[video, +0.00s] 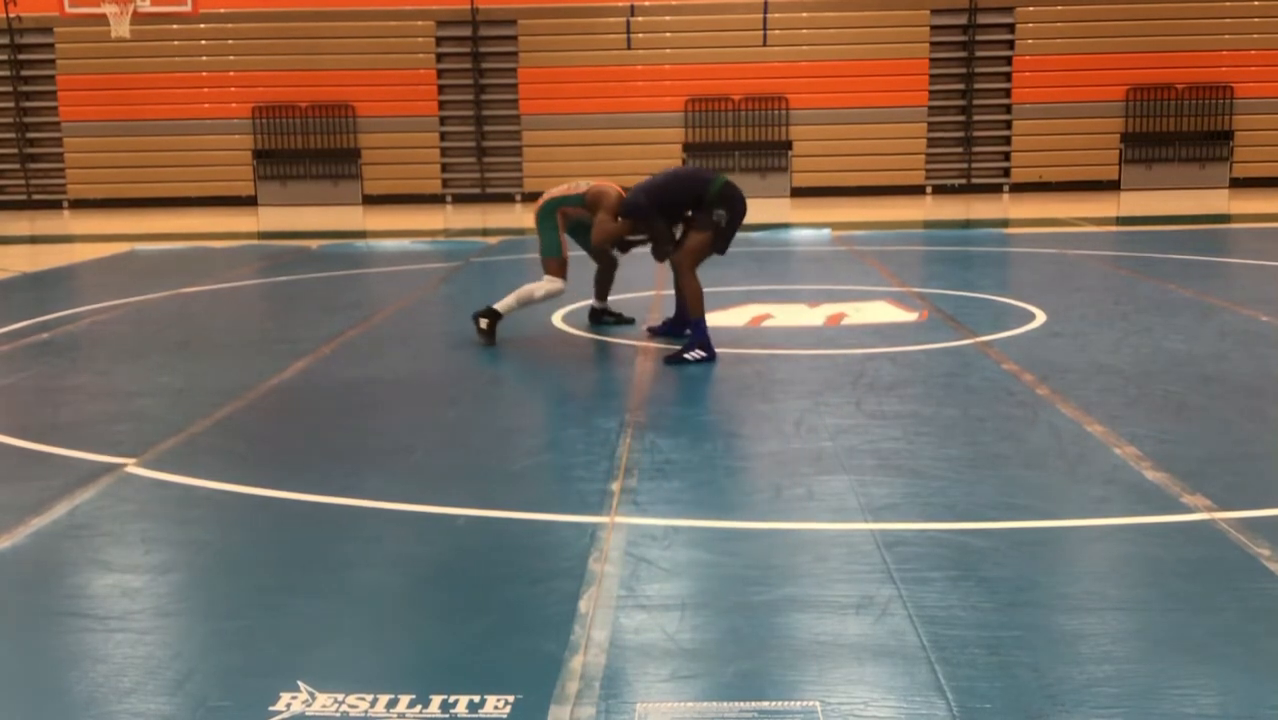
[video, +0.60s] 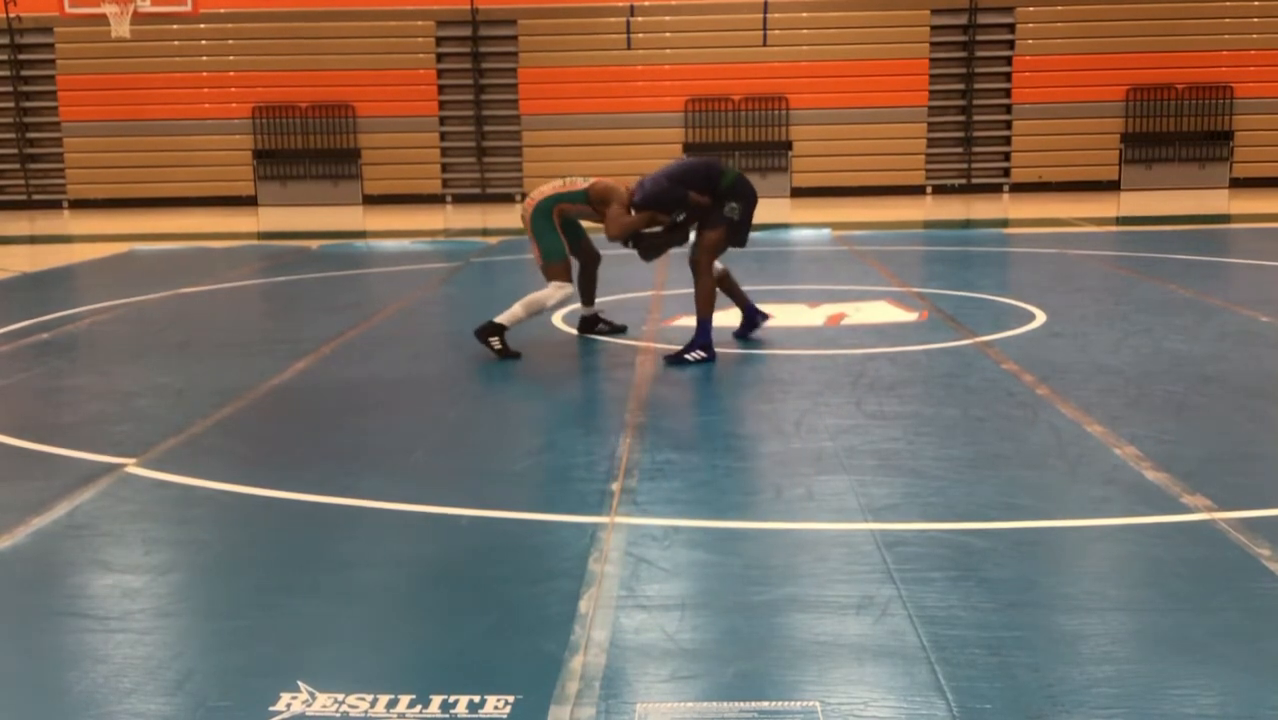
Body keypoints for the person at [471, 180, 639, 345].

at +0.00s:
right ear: (640, 214)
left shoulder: (623, 204)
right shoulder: (611, 198)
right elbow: (598, 241)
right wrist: (633, 225)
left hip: (574, 215)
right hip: (551, 209)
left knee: (608, 264)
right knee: (554, 284)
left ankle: (599, 310)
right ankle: (490, 315)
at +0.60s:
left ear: (640, 192)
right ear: (643, 200)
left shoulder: (625, 200)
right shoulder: (619, 196)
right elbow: (615, 232)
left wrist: (670, 233)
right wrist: (650, 217)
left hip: (559, 213)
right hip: (541, 211)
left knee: (591, 258)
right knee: (562, 288)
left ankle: (589, 319)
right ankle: (494, 328)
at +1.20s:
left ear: (660, 178)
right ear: (665, 183)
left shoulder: (641, 185)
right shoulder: (641, 181)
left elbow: (633, 219)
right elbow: (632, 218)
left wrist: (666, 212)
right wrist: (669, 206)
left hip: (583, 197)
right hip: (566, 193)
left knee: (602, 257)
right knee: (578, 268)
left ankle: (590, 319)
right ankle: (512, 314)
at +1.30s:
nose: (684, 208)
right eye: (686, 201)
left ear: (669, 179)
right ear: (677, 192)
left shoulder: (655, 190)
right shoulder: (649, 185)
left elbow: (670, 247)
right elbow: (642, 226)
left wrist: (697, 236)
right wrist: (679, 210)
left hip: (583, 198)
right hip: (569, 196)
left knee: (603, 260)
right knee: (593, 268)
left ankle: (590, 319)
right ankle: (543, 326)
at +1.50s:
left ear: (671, 190)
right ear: (678, 197)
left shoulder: (655, 200)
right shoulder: (651, 197)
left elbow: (679, 247)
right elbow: (651, 241)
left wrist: (704, 236)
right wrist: (685, 221)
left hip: (580, 206)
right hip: (573, 208)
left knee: (603, 266)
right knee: (605, 281)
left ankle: (589, 320)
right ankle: (548, 335)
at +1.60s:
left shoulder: (653, 199)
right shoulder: (651, 198)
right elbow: (648, 240)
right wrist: (683, 219)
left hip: (583, 205)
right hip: (573, 206)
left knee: (603, 264)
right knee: (604, 279)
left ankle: (589, 320)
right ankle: (548, 334)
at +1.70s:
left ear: (668, 188)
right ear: (674, 199)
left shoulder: (651, 194)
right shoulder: (647, 194)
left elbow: (643, 230)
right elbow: (640, 235)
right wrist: (678, 216)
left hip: (583, 205)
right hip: (574, 206)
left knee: (604, 262)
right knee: (602, 280)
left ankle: (590, 319)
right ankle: (547, 335)